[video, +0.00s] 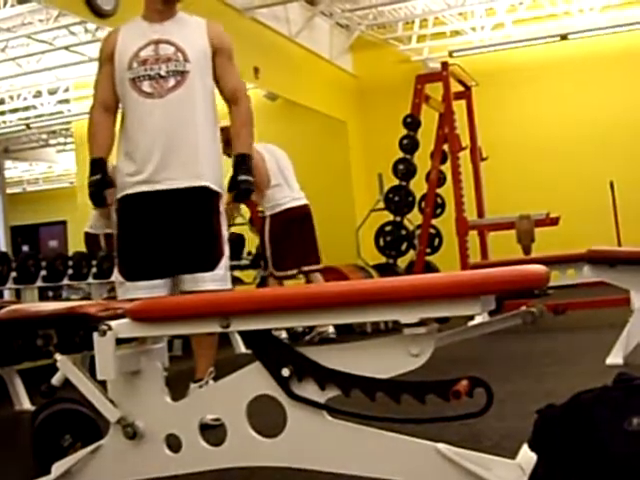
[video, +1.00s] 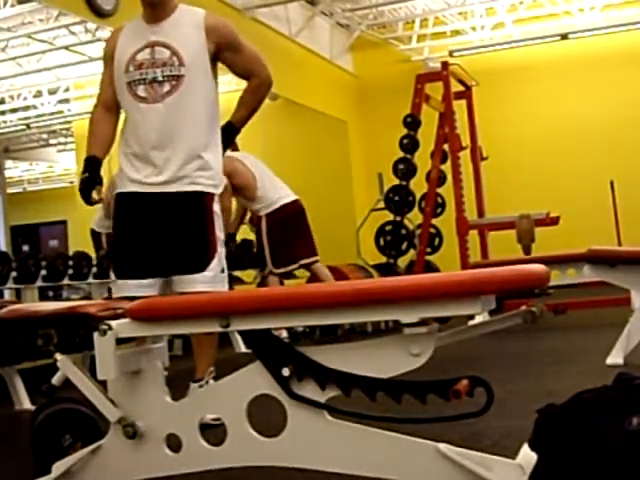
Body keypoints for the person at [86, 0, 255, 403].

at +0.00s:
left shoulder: (210, 34)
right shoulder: (116, 40)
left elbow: (238, 101)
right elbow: (104, 108)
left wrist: (242, 165)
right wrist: (98, 169)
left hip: (197, 180)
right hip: (138, 185)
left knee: (205, 292)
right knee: (142, 299)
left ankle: (204, 383)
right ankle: (147, 387)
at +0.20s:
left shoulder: (210, 31)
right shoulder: (118, 39)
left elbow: (255, 89)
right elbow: (105, 108)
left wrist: (231, 153)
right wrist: (100, 171)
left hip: (198, 179)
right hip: (138, 183)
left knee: (204, 296)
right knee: (142, 300)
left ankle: (204, 386)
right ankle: (148, 390)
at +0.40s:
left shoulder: (212, 28)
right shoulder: (119, 37)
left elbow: (254, 82)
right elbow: (106, 106)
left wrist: (225, 130)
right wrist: (98, 170)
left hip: (197, 176)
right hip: (139, 180)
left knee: (202, 293)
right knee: (142, 297)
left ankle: (204, 383)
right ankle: (148, 388)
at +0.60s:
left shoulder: (212, 28)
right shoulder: (118, 37)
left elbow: (258, 80)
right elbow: (105, 106)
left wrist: (230, 132)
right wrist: (97, 172)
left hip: (197, 176)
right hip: (139, 180)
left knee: (201, 294)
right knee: (142, 298)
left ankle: (204, 385)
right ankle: (148, 389)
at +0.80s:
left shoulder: (211, 28)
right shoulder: (120, 37)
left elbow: (261, 79)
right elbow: (106, 105)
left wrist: (232, 131)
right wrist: (94, 167)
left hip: (196, 177)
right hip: (138, 181)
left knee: (202, 293)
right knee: (141, 297)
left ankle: (203, 384)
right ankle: (147, 386)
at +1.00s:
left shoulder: (209, 29)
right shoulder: (119, 39)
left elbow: (261, 78)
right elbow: (106, 106)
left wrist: (232, 129)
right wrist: (93, 161)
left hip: (193, 179)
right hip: (135, 182)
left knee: (201, 294)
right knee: (135, 297)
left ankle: (203, 383)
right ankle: (143, 387)